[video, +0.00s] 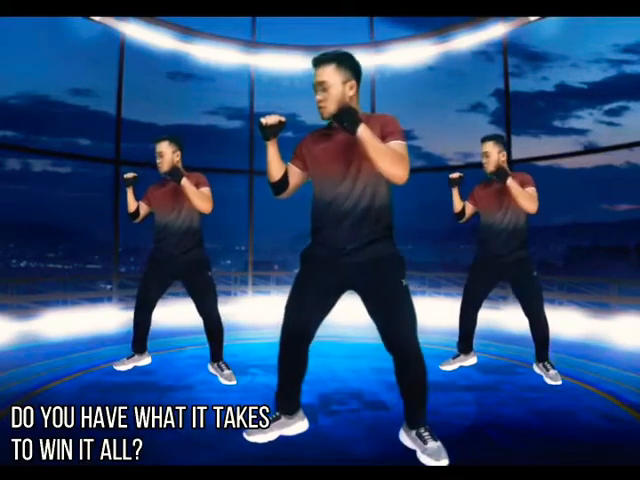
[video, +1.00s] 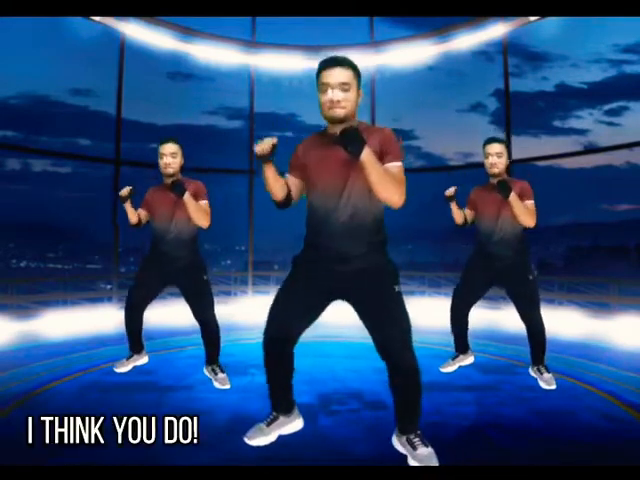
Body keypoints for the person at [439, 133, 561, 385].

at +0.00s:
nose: (484, 159)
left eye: (487, 154)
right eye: (482, 155)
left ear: (502, 155)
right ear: (483, 158)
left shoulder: (521, 180)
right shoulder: (482, 189)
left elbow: (531, 207)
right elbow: (462, 216)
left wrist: (508, 179)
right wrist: (455, 188)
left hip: (518, 259)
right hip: (488, 259)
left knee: (535, 311)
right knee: (469, 304)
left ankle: (542, 361)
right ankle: (465, 352)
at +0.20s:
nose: (486, 158)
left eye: (491, 153)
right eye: (485, 154)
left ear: (506, 153)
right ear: (486, 157)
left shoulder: (524, 179)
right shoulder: (483, 188)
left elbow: (535, 206)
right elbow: (462, 215)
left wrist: (512, 180)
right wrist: (456, 188)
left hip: (519, 258)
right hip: (488, 259)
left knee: (535, 312)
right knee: (470, 305)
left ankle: (543, 361)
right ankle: (465, 352)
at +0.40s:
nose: (494, 163)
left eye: (498, 157)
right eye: (489, 158)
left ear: (508, 160)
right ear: (484, 163)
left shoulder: (523, 185)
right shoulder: (480, 193)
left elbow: (536, 214)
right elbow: (463, 219)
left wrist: (513, 188)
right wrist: (455, 196)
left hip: (518, 263)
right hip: (487, 263)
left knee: (535, 315)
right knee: (462, 304)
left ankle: (543, 362)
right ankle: (464, 352)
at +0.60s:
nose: (494, 154)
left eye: (499, 148)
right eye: (489, 149)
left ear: (508, 152)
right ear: (484, 153)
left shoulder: (521, 179)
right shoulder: (478, 184)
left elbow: (535, 212)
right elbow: (460, 213)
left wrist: (513, 184)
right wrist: (453, 188)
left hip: (516, 259)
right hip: (486, 258)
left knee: (531, 311)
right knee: (461, 299)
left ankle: (543, 362)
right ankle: (463, 351)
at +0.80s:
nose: (493, 136)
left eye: (499, 132)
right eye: (489, 132)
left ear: (508, 138)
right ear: (483, 139)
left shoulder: (520, 166)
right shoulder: (476, 172)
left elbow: (536, 194)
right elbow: (456, 200)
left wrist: (512, 169)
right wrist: (449, 174)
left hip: (513, 244)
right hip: (483, 244)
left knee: (530, 300)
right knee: (467, 296)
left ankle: (542, 354)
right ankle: (459, 346)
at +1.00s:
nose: (493, 160)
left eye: (498, 155)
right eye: (488, 156)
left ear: (507, 159)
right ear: (483, 160)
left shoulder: (521, 188)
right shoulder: (478, 193)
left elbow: (529, 221)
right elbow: (463, 219)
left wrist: (509, 195)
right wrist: (452, 202)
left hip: (515, 265)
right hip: (483, 263)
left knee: (532, 318)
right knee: (459, 305)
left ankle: (538, 366)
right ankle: (463, 353)